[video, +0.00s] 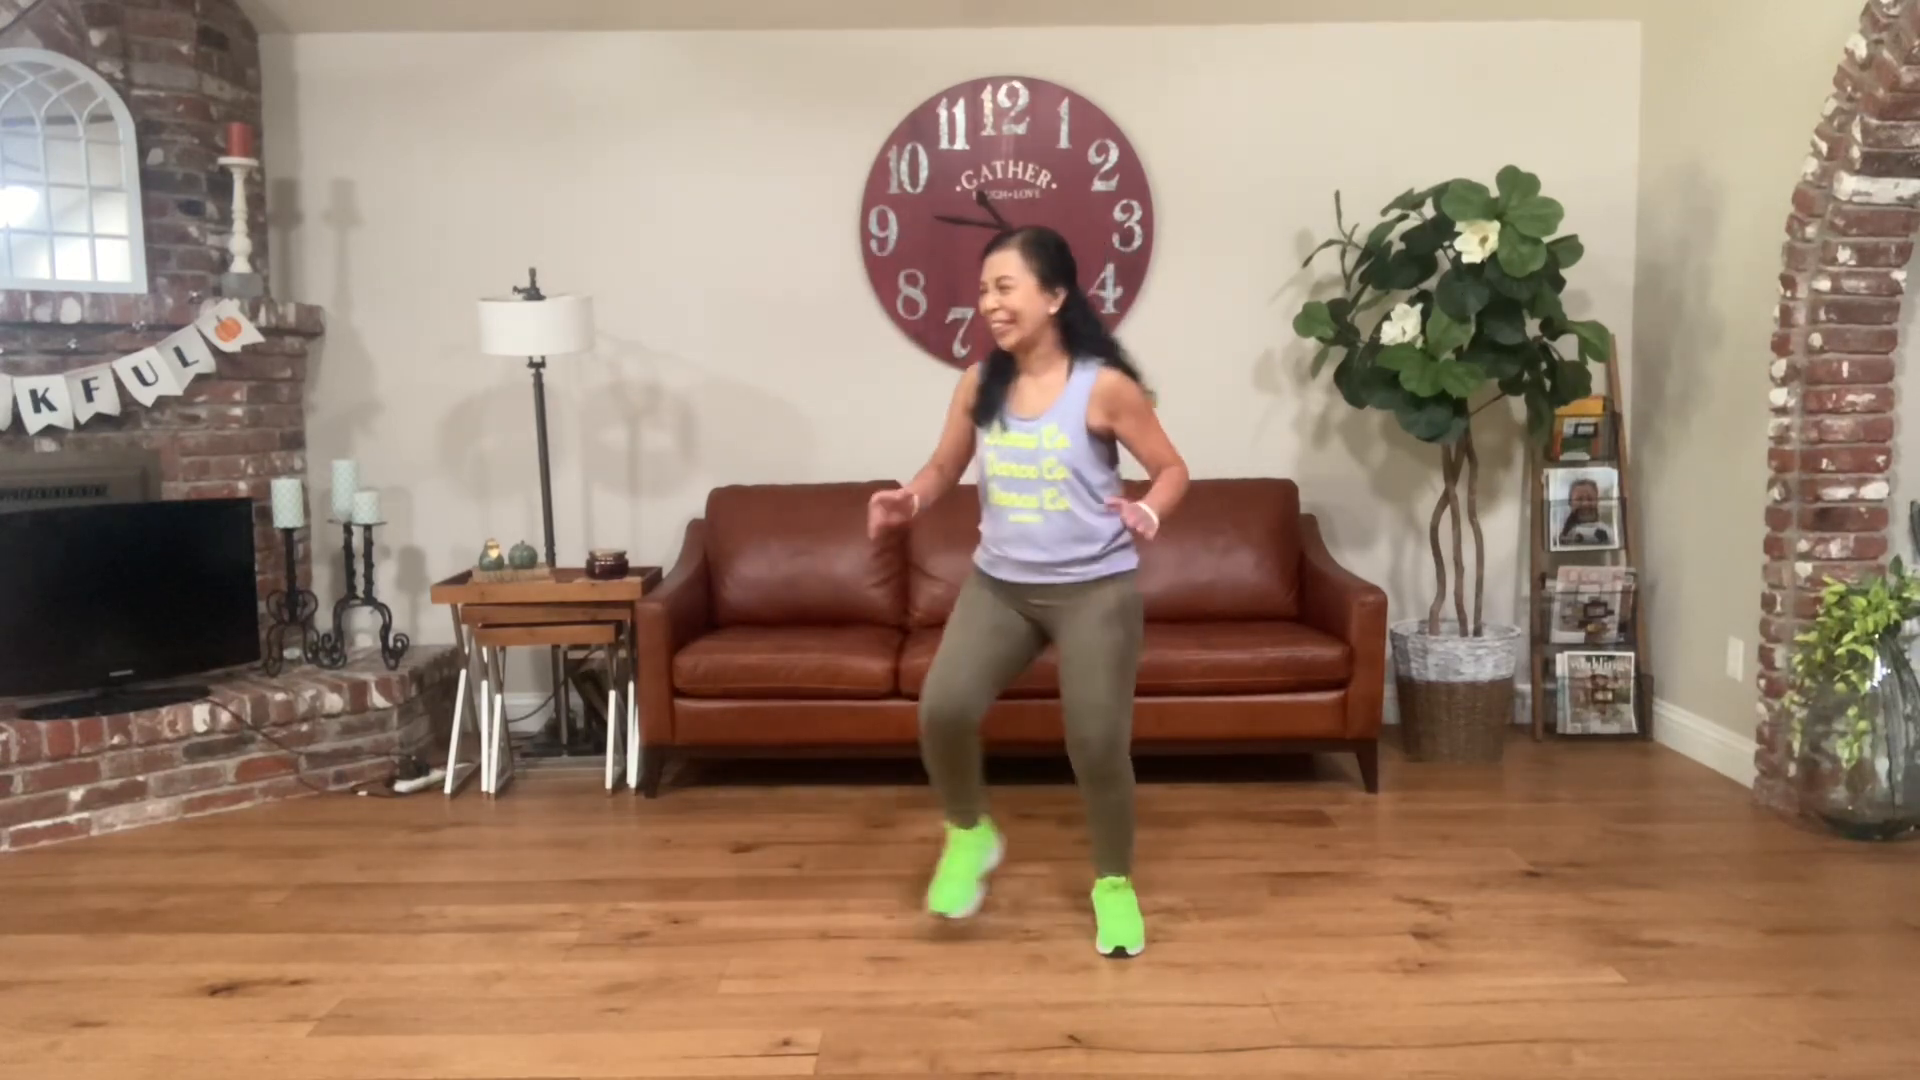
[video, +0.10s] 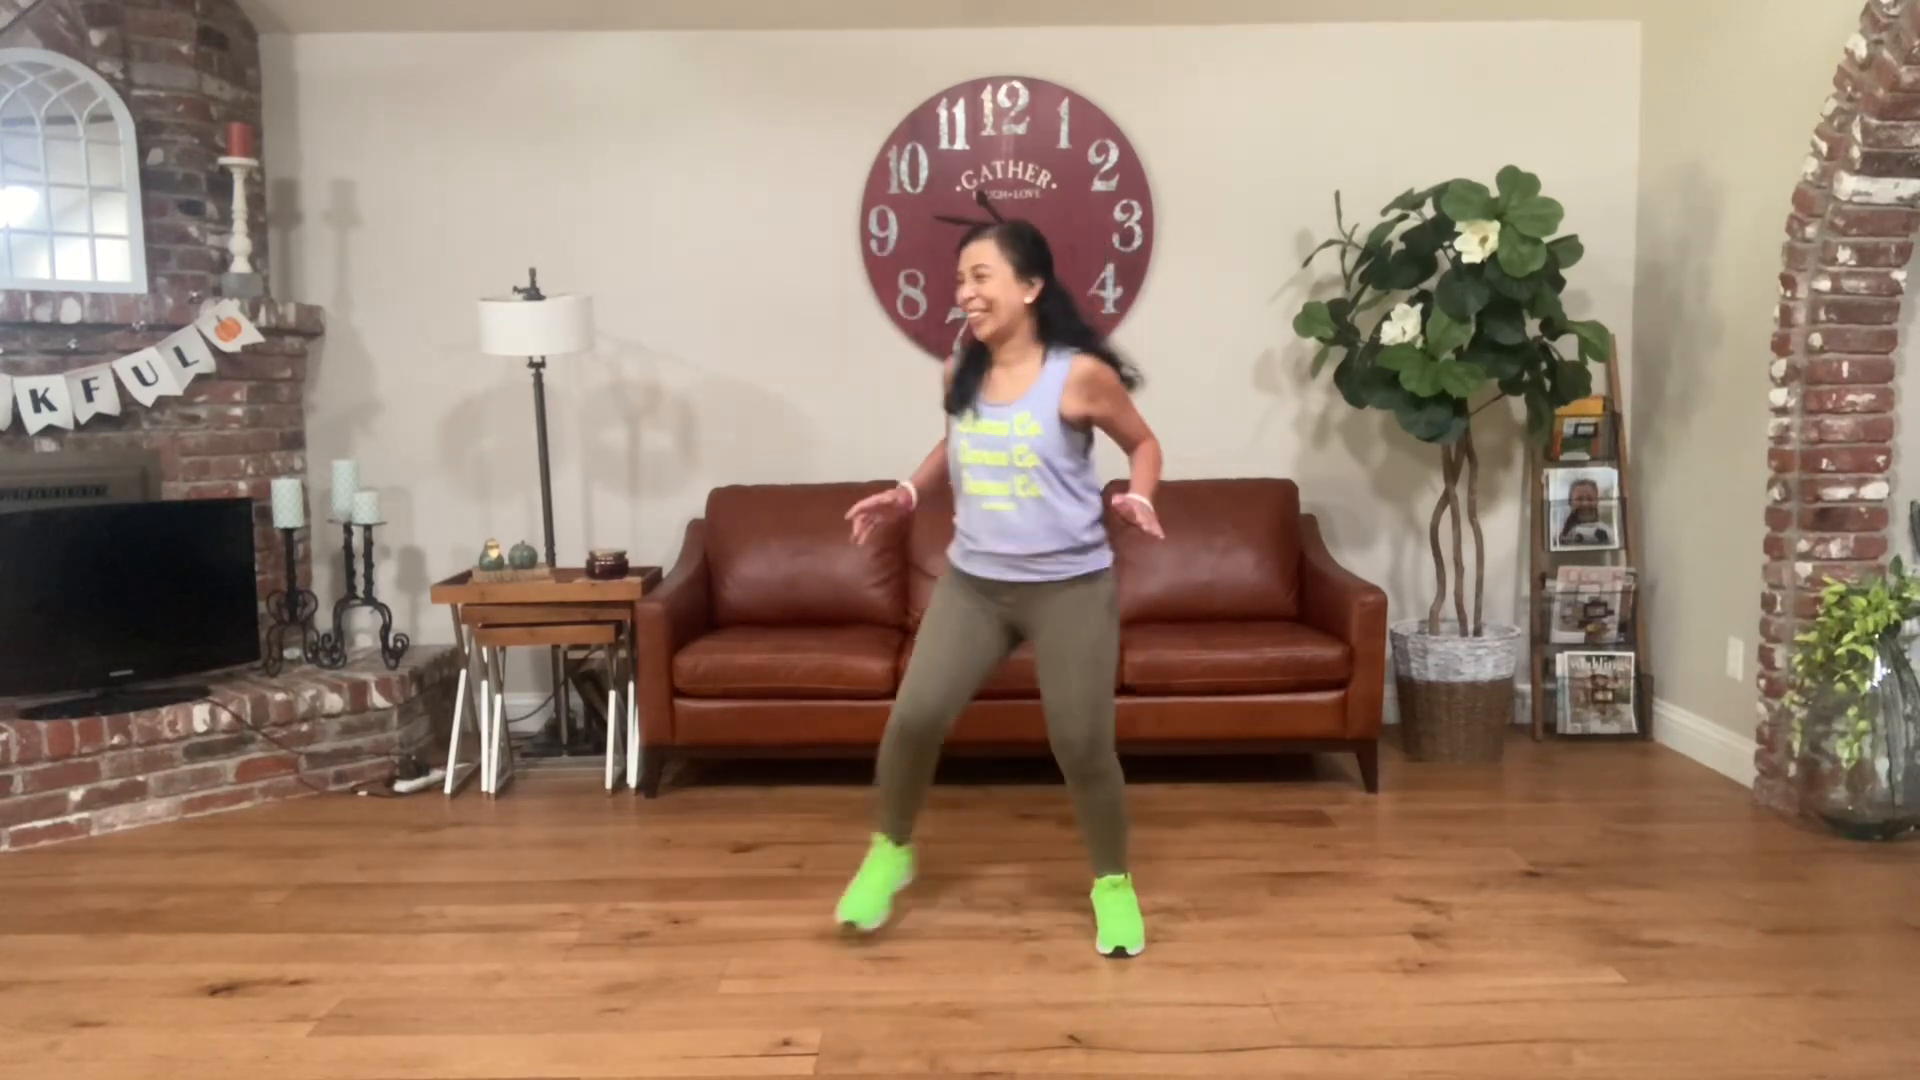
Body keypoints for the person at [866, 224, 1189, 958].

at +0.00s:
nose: (991, 304)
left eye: (1007, 288)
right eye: (985, 291)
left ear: (1055, 297)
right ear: (984, 303)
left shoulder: (1106, 388)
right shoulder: (981, 382)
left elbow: (1172, 470)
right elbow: (943, 467)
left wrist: (1151, 508)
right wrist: (913, 499)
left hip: (1096, 587)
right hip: (1000, 586)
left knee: (1096, 741)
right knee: (944, 709)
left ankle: (1113, 884)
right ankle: (969, 836)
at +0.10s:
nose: (967, 294)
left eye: (982, 278)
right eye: (962, 281)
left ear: (1031, 287)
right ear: (962, 293)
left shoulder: (1082, 376)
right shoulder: (965, 373)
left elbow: (1144, 444)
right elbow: (961, 443)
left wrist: (1140, 492)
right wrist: (909, 491)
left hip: (1071, 584)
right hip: (973, 583)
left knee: (1079, 741)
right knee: (912, 719)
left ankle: (1112, 883)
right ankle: (889, 853)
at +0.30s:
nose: (926, 291)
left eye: (943, 276)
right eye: (915, 279)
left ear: (981, 291)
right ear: (904, 296)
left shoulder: (1009, 382)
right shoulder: (906, 379)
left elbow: (1073, 460)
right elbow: (892, 468)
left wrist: (1074, 489)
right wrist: (820, 485)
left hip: (990, 597)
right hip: (891, 598)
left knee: (1033, 747)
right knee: (868, 742)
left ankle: (1105, 880)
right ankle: (838, 882)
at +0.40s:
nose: (909, 287)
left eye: (926, 272)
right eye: (895, 273)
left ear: (954, 289)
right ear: (878, 290)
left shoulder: (979, 379)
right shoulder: (860, 371)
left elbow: (1020, 476)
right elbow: (828, 460)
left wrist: (1025, 477)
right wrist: (776, 465)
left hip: (958, 587)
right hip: (860, 587)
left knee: (1001, 742)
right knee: (851, 736)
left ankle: (1090, 874)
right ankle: (836, 884)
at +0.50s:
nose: (890, 295)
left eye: (907, 281)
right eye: (875, 282)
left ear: (932, 299)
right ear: (856, 299)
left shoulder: (959, 382)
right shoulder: (827, 376)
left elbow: (978, 501)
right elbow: (765, 463)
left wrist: (969, 438)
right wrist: (732, 436)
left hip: (944, 587)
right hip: (844, 590)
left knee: (972, 735)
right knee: (840, 740)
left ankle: (1053, 862)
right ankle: (835, 882)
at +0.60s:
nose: (875, 305)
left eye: (891, 292)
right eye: (858, 292)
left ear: (914, 311)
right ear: (838, 312)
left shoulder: (938, 390)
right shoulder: (811, 388)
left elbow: (939, 500)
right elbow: (735, 469)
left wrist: (927, 410)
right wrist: (728, 408)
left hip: (931, 587)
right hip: (834, 592)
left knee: (943, 729)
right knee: (832, 742)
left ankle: (985, 851)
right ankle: (834, 884)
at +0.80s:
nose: (863, 299)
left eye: (877, 285)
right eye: (845, 286)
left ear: (899, 300)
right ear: (824, 306)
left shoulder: (930, 380)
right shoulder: (800, 385)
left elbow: (930, 486)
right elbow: (786, 489)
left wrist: (864, 443)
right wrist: (825, 436)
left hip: (915, 591)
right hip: (819, 589)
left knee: (887, 746)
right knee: (824, 743)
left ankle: (883, 871)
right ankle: (834, 881)